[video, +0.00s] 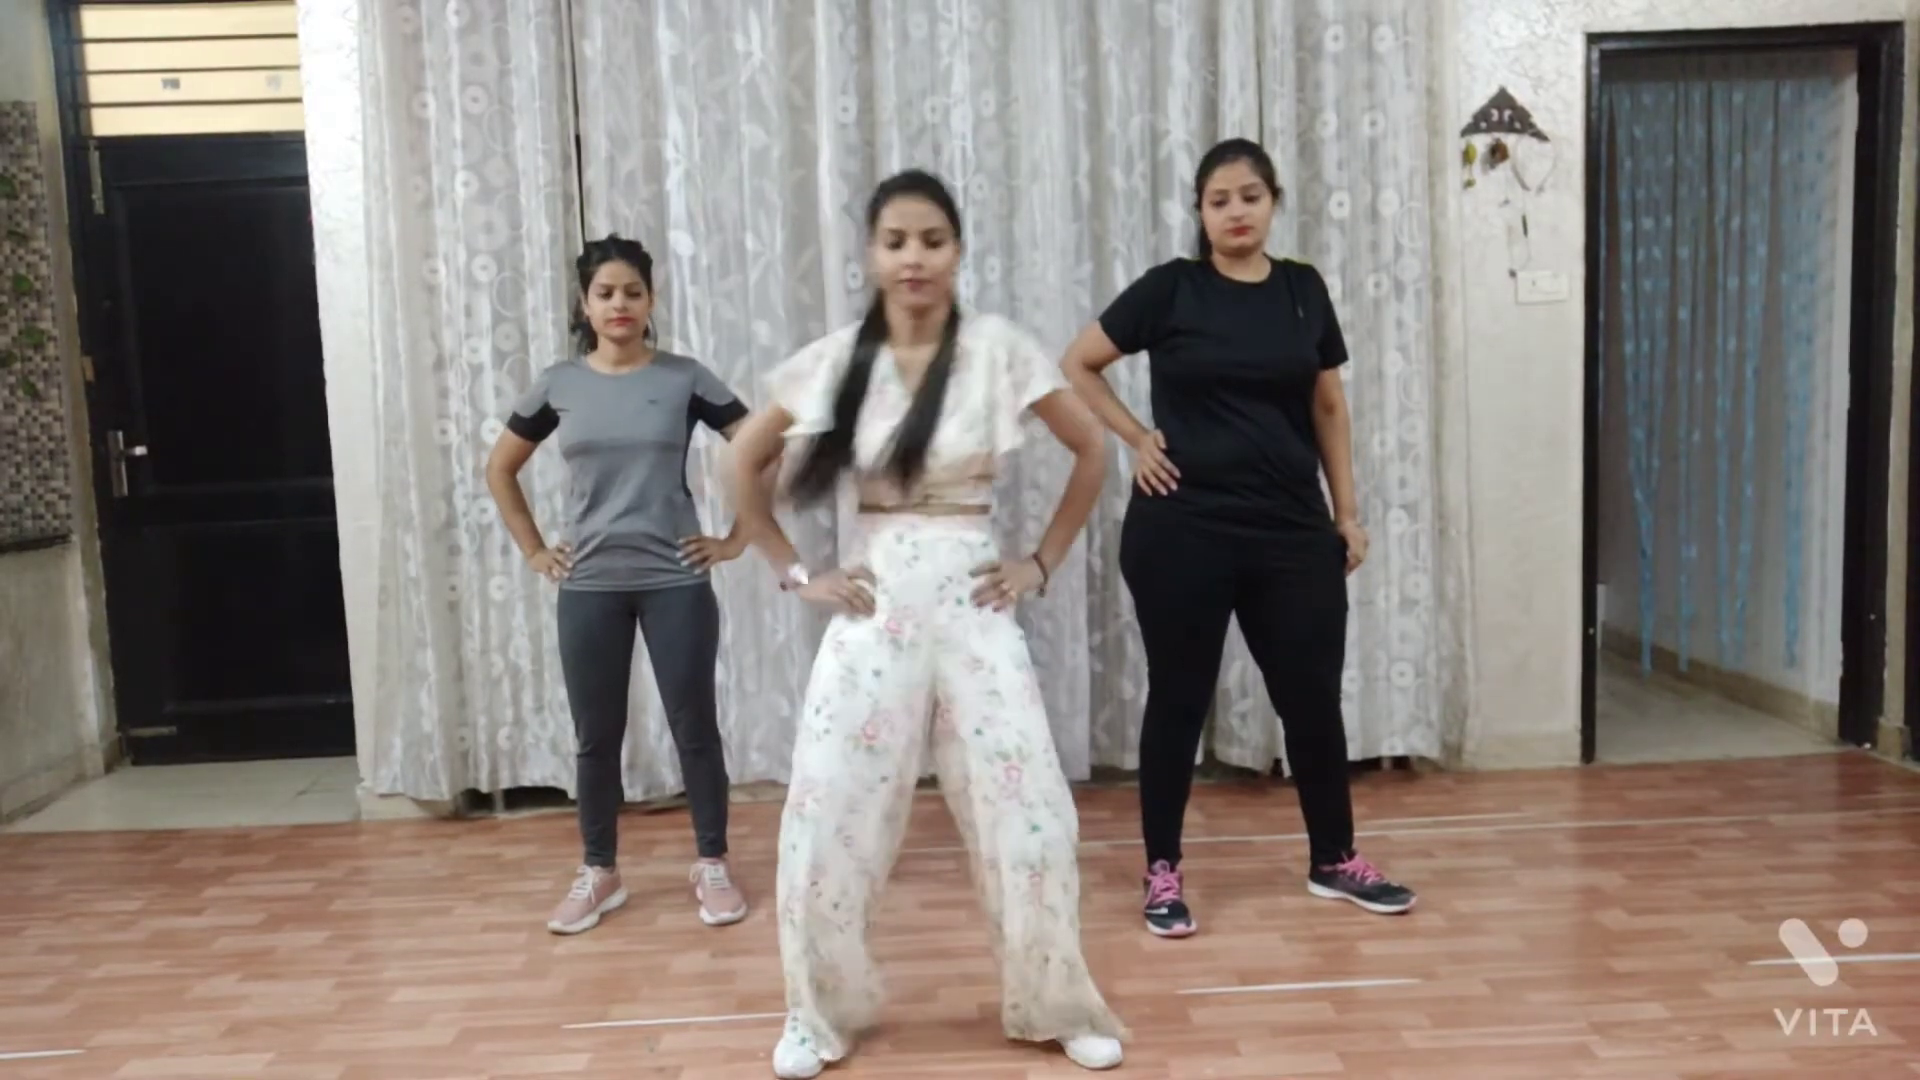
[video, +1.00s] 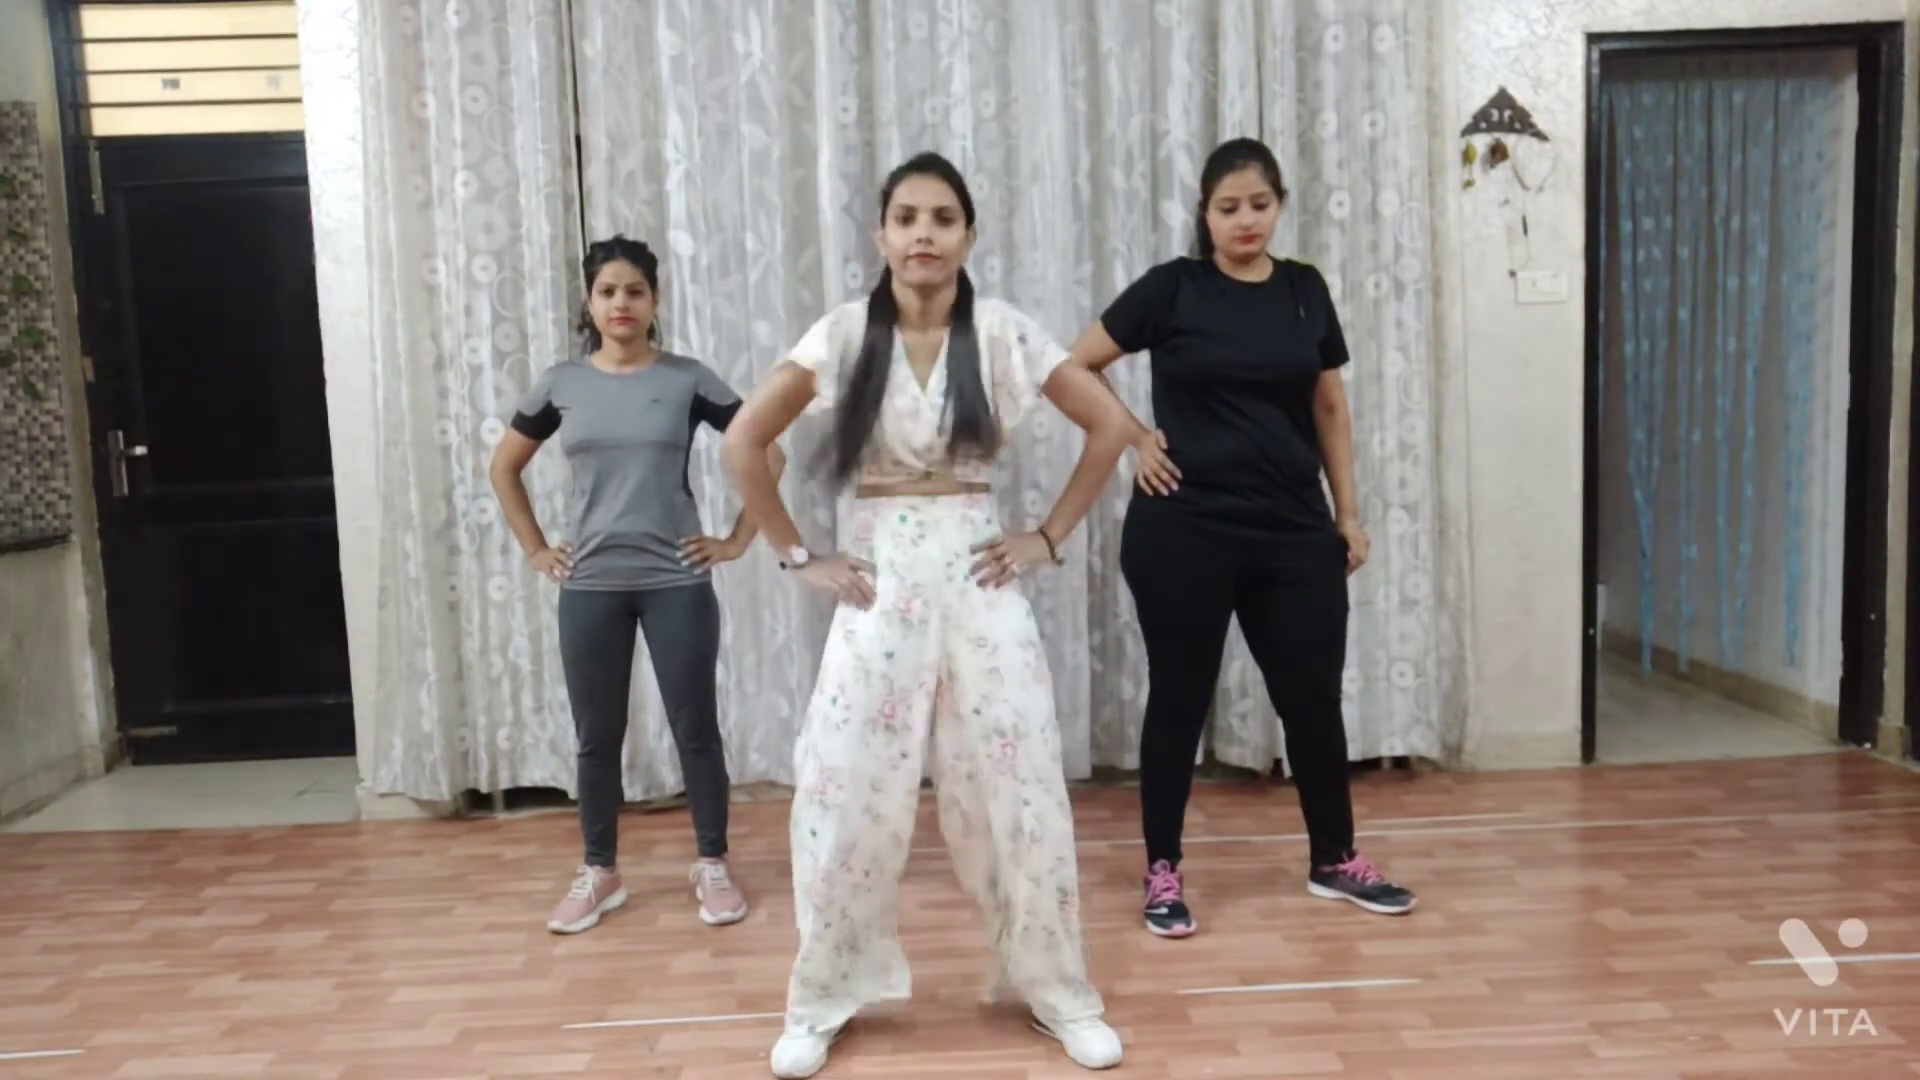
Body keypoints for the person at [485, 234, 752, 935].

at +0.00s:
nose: (621, 306)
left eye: (633, 294)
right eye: (607, 294)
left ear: (650, 302)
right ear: (585, 305)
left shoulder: (685, 379)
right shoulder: (559, 385)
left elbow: (765, 451)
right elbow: (499, 467)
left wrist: (737, 537)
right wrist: (536, 550)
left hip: (675, 575)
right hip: (590, 580)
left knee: (694, 726)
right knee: (595, 737)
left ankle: (713, 866)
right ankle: (599, 873)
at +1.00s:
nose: (621, 303)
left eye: (634, 291)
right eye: (608, 292)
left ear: (654, 301)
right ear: (588, 302)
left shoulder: (688, 380)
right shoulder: (562, 384)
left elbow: (767, 452)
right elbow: (503, 466)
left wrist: (738, 538)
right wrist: (537, 548)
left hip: (676, 575)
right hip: (591, 578)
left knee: (695, 729)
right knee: (597, 737)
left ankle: (712, 866)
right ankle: (599, 872)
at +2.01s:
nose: (615, 301)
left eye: (628, 289)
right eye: (602, 290)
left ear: (649, 300)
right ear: (584, 303)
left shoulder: (686, 379)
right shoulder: (559, 383)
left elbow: (763, 451)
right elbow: (503, 466)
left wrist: (728, 533)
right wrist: (537, 548)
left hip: (675, 575)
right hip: (589, 580)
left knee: (694, 725)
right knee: (595, 736)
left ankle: (712, 865)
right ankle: (599, 872)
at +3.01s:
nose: (617, 303)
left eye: (630, 290)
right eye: (603, 291)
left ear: (651, 300)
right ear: (585, 302)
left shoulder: (686, 379)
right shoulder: (559, 383)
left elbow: (767, 450)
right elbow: (503, 466)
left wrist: (738, 535)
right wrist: (537, 548)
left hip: (676, 574)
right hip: (591, 580)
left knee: (696, 726)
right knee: (597, 736)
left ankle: (712, 866)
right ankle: (599, 871)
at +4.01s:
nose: (617, 302)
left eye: (630, 291)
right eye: (604, 291)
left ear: (650, 301)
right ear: (586, 303)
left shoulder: (686, 379)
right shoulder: (558, 384)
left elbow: (764, 453)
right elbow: (503, 468)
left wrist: (728, 533)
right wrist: (536, 549)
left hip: (674, 575)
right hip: (589, 580)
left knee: (693, 726)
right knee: (595, 737)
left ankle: (713, 865)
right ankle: (599, 872)